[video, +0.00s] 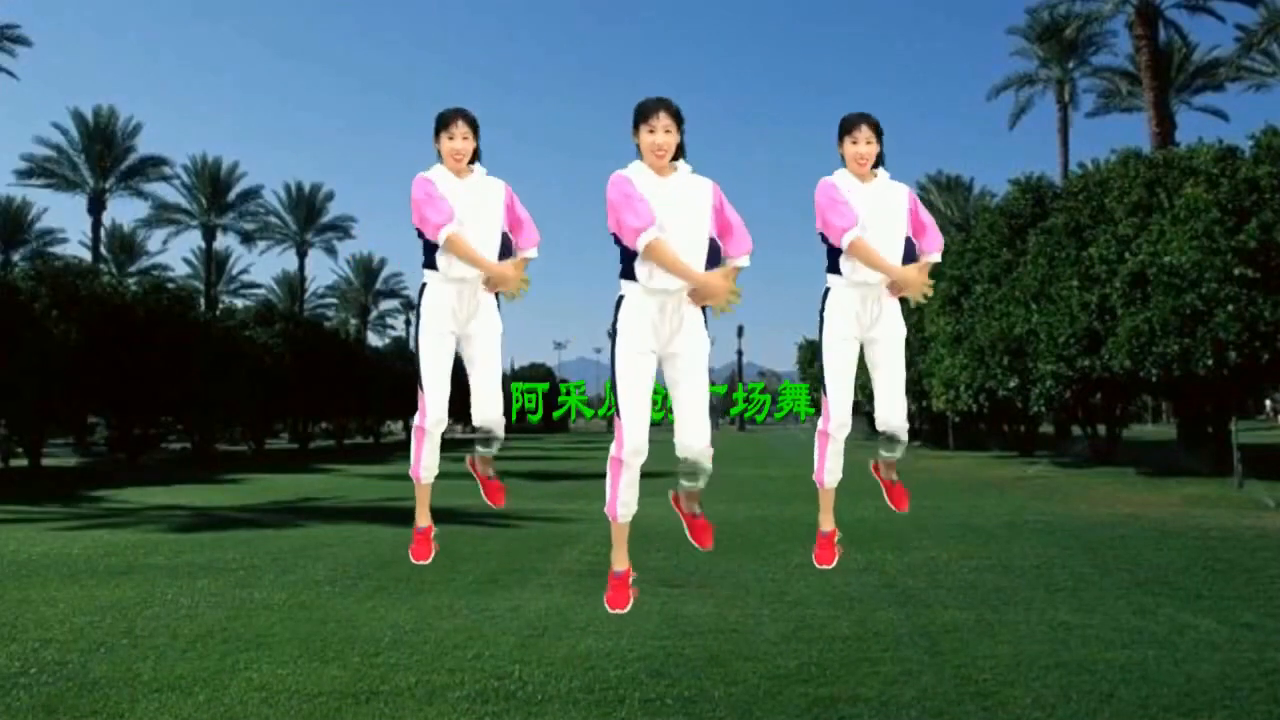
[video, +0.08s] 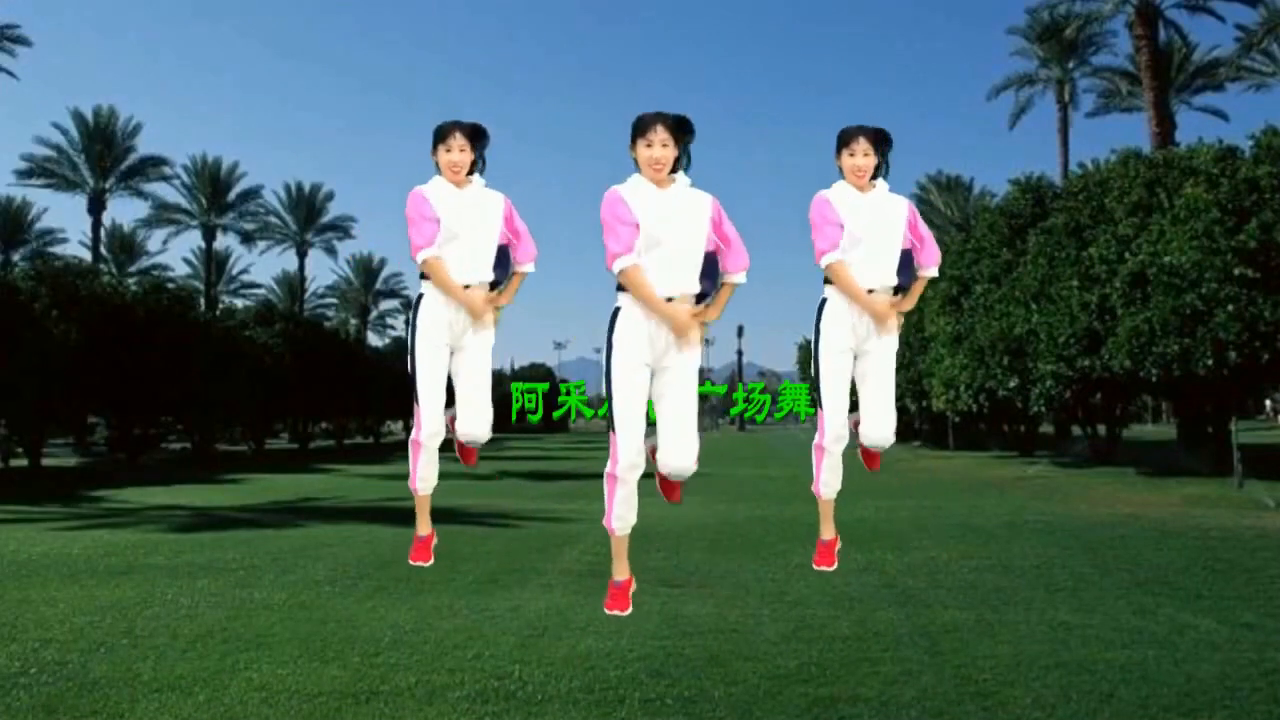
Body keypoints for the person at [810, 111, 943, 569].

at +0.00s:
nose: (863, 149)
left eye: (870, 142)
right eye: (854, 142)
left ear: (880, 148)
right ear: (840, 148)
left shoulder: (901, 194)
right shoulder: (830, 189)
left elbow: (931, 243)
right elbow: (848, 241)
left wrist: (918, 275)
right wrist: (898, 274)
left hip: (887, 304)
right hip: (842, 302)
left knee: (894, 423)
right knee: (837, 418)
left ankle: (886, 469)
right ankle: (826, 524)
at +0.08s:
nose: (860, 161)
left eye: (867, 154)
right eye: (852, 154)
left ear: (879, 160)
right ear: (838, 160)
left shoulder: (900, 206)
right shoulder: (827, 202)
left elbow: (930, 256)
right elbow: (831, 261)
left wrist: (909, 299)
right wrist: (870, 302)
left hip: (883, 314)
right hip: (838, 311)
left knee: (879, 435)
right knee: (833, 427)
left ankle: (867, 439)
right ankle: (827, 531)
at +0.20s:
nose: (857, 188)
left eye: (863, 181)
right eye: (849, 182)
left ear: (874, 189)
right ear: (837, 190)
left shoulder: (897, 238)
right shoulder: (827, 241)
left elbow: (922, 293)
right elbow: (791, 298)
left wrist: (901, 336)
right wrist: (811, 346)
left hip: (874, 348)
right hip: (832, 343)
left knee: (864, 459)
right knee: (831, 446)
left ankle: (834, 438)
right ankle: (827, 534)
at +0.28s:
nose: (858, 185)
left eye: (865, 179)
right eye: (850, 179)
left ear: (876, 186)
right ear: (838, 188)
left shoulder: (899, 236)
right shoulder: (827, 240)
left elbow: (923, 291)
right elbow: (778, 285)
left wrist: (901, 334)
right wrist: (795, 335)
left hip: (875, 348)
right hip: (833, 345)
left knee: (869, 457)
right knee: (832, 448)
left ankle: (840, 421)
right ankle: (828, 535)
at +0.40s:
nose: (863, 161)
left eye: (870, 154)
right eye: (855, 154)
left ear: (881, 162)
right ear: (844, 162)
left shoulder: (901, 211)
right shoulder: (826, 209)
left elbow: (932, 258)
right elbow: (775, 243)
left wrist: (908, 305)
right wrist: (805, 292)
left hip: (888, 325)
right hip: (842, 325)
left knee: (887, 435)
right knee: (841, 436)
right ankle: (829, 534)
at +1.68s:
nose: (866, 165)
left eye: (874, 159)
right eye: (861, 159)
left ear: (891, 165)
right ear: (854, 167)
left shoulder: (911, 209)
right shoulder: (837, 212)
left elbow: (965, 224)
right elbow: (795, 260)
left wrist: (934, 258)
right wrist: (822, 307)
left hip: (898, 321)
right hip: (854, 323)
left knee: (896, 435)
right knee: (857, 437)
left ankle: (888, 535)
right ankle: (848, 535)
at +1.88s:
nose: (867, 160)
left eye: (876, 153)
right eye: (863, 154)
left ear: (896, 159)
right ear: (859, 161)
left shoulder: (917, 201)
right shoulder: (841, 206)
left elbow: (973, 216)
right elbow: (797, 252)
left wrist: (948, 212)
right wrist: (825, 299)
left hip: (898, 315)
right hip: (853, 315)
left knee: (894, 431)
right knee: (852, 432)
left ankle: (891, 535)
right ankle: (847, 535)